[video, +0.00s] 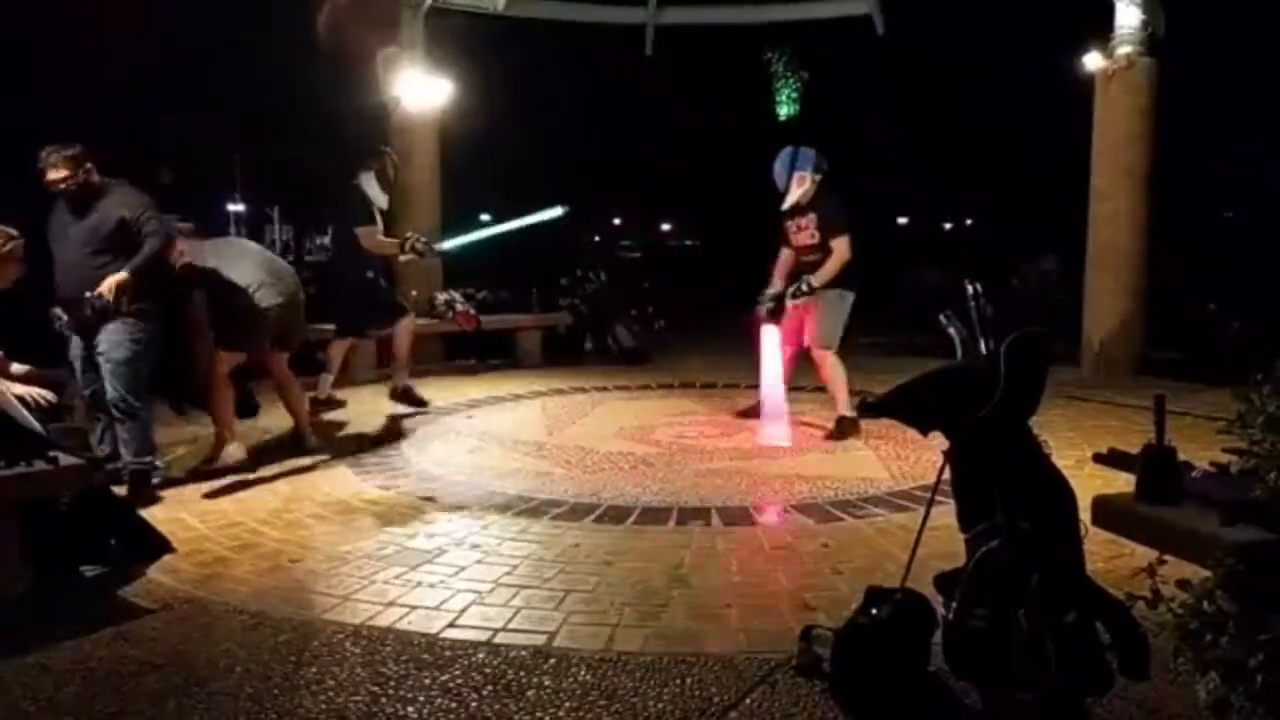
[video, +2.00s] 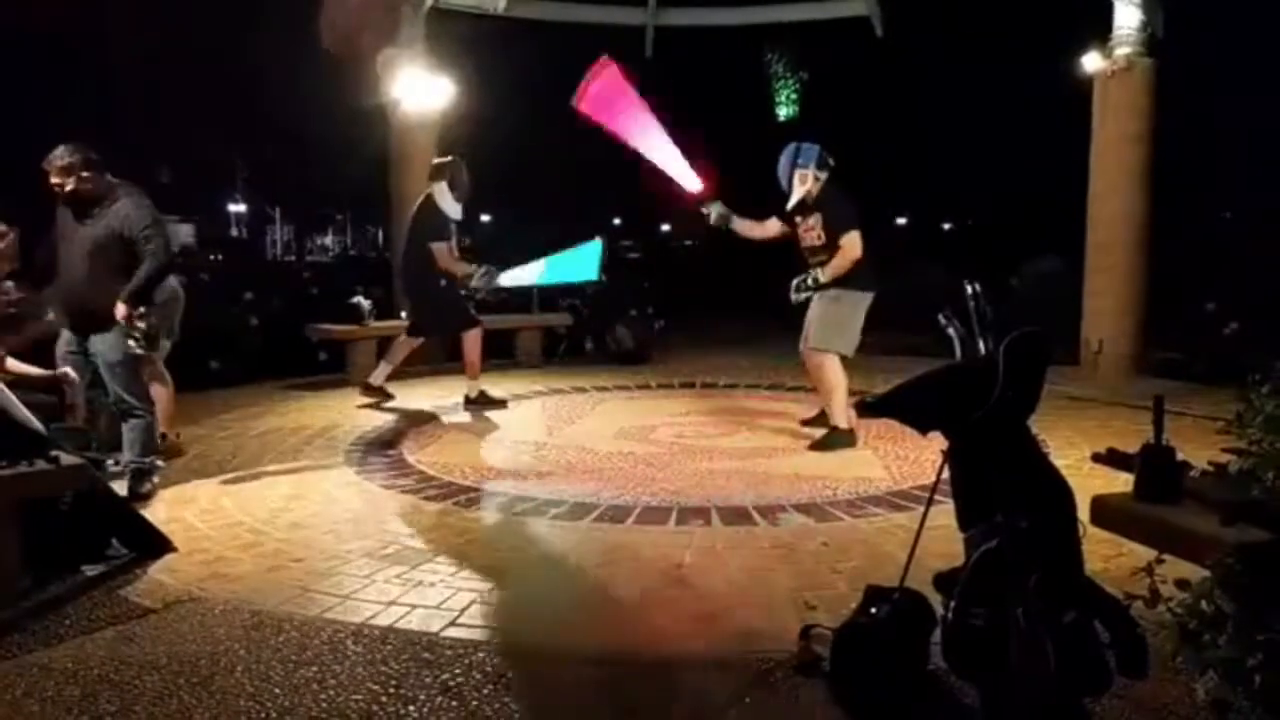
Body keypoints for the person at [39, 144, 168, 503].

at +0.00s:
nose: (63, 191)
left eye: (67, 182)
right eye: (56, 185)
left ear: (87, 172)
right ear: (49, 183)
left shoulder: (123, 200)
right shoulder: (59, 213)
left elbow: (159, 237)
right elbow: (63, 263)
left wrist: (127, 274)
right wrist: (60, 302)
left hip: (119, 314)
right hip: (76, 316)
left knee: (122, 398)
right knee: (94, 398)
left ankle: (139, 475)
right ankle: (108, 466)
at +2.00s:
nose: (56, 190)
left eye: (61, 183)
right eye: (54, 183)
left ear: (85, 176)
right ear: (74, 179)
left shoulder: (128, 206)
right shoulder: (67, 209)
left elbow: (159, 254)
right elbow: (68, 262)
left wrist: (127, 299)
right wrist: (61, 304)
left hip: (114, 324)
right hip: (75, 324)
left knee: (131, 405)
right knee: (76, 401)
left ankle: (139, 470)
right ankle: (86, 465)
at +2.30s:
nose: (27, 196)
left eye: (30, 187)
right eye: (24, 189)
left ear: (53, 177)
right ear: (40, 182)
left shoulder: (105, 206)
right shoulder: (39, 218)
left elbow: (139, 250)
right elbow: (32, 272)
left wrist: (130, 302)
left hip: (103, 324)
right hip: (60, 328)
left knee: (123, 400)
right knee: (59, 402)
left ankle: (141, 466)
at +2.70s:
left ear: (4, 199)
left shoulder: (50, 202)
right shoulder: (6, 246)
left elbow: (107, 225)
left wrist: (118, 275)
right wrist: (14, 323)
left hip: (95, 314)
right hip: (43, 326)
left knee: (108, 395)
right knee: (35, 398)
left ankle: (124, 470)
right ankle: (46, 476)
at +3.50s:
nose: (5, 200)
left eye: (4, 193)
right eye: (2, 195)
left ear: (16, 182)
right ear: (8, 189)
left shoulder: (72, 198)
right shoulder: (15, 223)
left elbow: (116, 225)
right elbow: (15, 272)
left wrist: (84, 259)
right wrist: (17, 296)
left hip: (91, 314)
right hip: (47, 321)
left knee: (106, 396)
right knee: (42, 399)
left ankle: (126, 471)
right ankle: (60, 472)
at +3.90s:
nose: (29, 195)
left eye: (29, 185)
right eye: (24, 189)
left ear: (48, 174)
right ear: (44, 179)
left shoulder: (96, 201)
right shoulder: (60, 210)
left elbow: (85, 242)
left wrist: (32, 247)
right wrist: (24, 262)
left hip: (109, 311)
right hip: (73, 311)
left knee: (115, 395)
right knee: (62, 388)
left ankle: (127, 470)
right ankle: (75, 466)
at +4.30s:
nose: (8, 204)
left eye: (6, 197)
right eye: (5, 198)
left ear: (15, 186)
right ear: (18, 184)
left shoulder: (64, 208)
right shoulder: (46, 212)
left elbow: (52, 265)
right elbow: (45, 262)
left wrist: (25, 289)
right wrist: (25, 285)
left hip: (103, 313)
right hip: (79, 313)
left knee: (113, 395)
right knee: (87, 395)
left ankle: (127, 470)